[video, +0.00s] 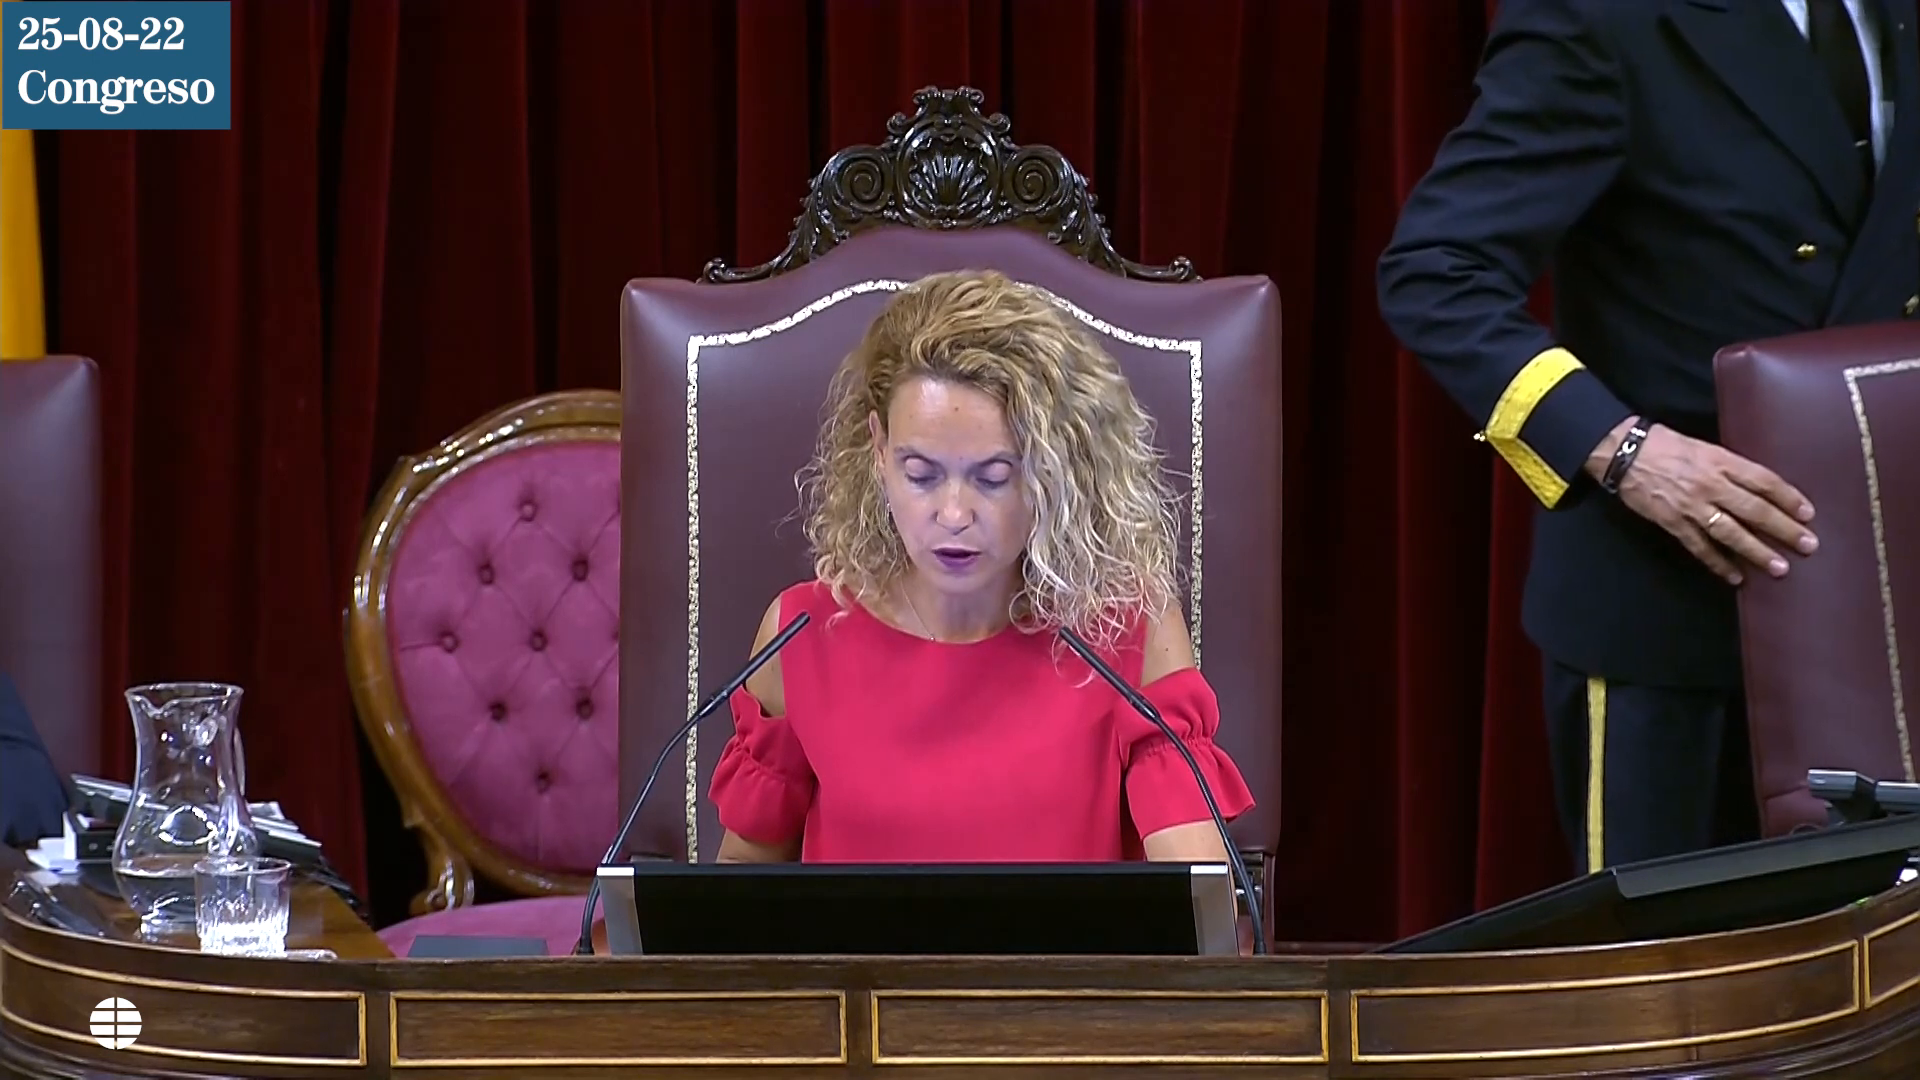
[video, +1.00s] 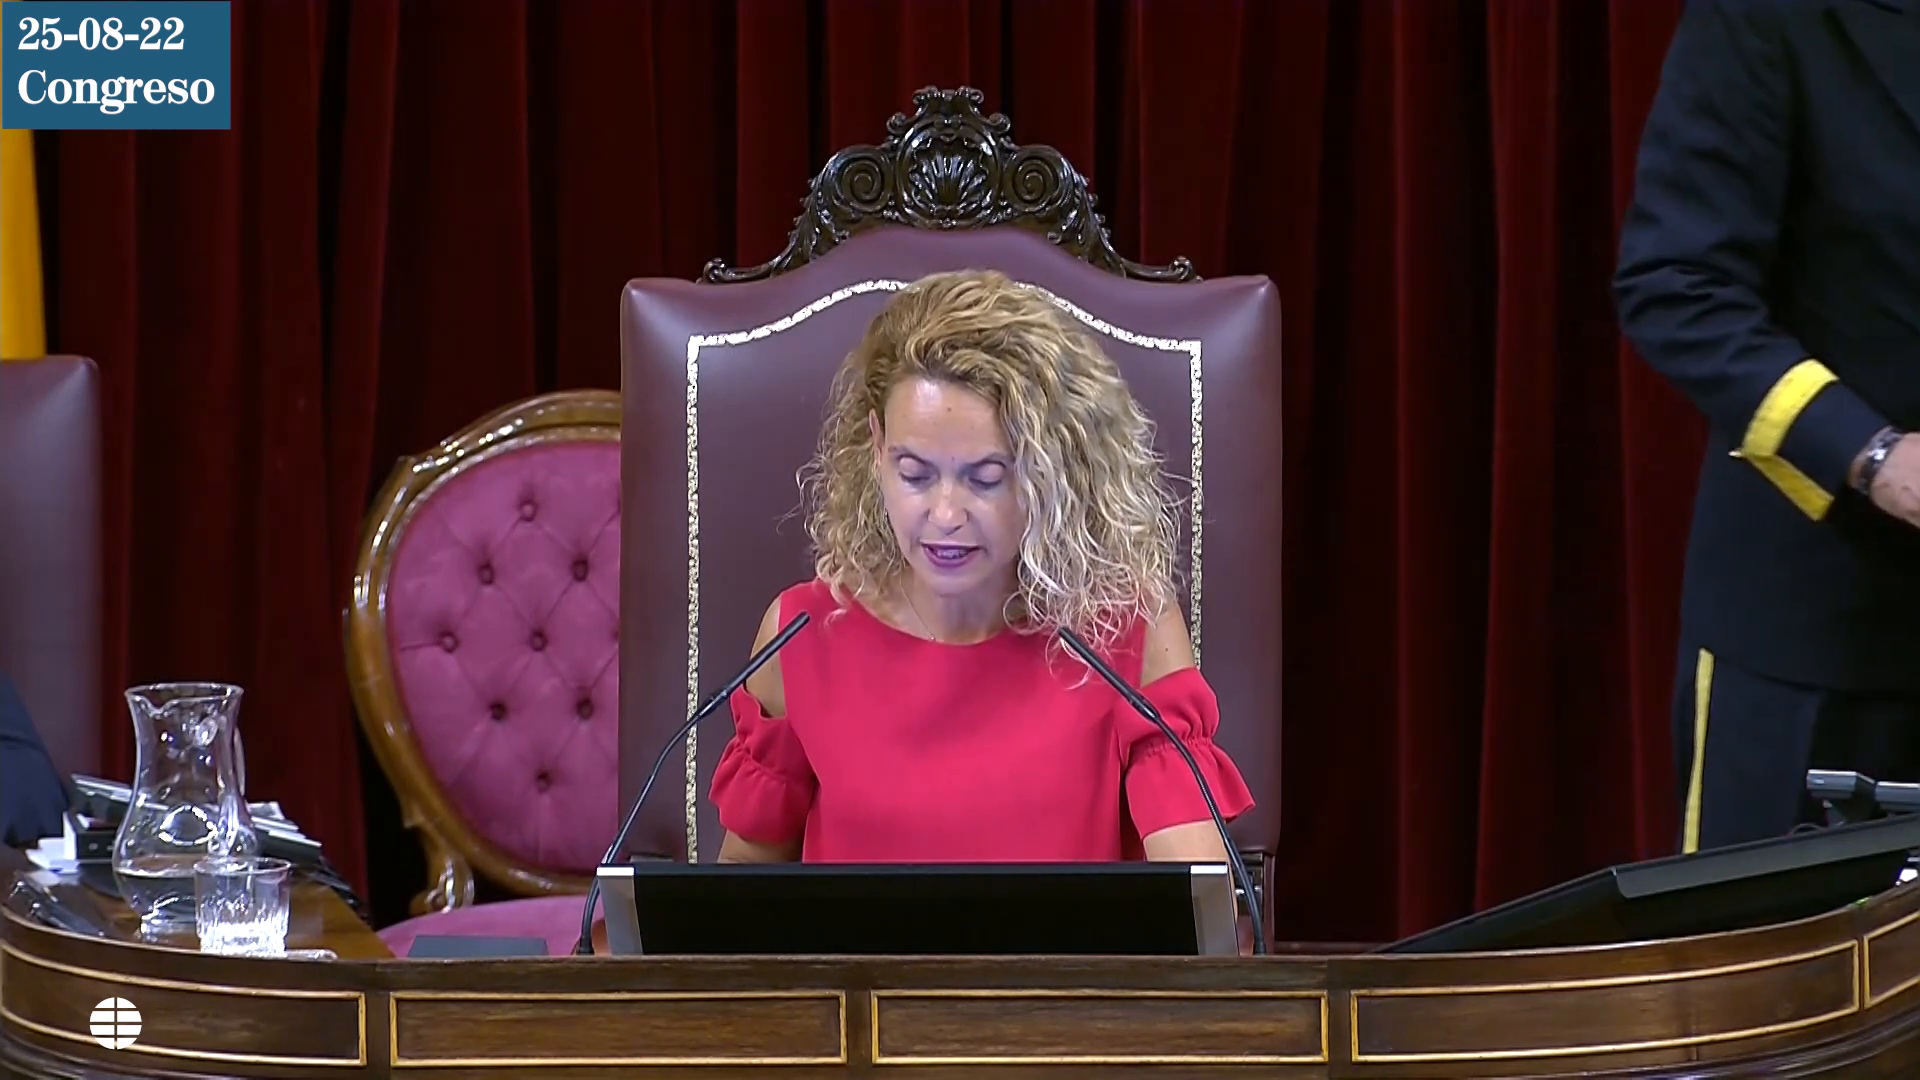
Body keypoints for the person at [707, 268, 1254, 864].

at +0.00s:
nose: (954, 513)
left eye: (993, 475)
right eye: (922, 472)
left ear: (1056, 473)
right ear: (878, 459)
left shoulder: (1127, 622)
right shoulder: (805, 630)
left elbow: (1201, 894)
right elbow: (746, 879)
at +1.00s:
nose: (947, 513)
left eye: (986, 475)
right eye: (916, 472)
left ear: (1053, 475)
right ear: (875, 460)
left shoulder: (1125, 622)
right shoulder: (805, 630)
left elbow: (1202, 896)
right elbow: (747, 883)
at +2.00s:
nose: (954, 512)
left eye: (991, 474)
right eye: (921, 472)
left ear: (1056, 468)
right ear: (877, 455)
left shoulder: (1126, 621)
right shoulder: (805, 631)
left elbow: (1202, 897)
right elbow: (748, 878)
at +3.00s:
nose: (963, 510)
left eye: (1001, 472)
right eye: (929, 471)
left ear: (1060, 470)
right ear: (882, 460)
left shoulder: (1130, 621)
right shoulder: (805, 626)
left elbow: (1202, 894)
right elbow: (735, 874)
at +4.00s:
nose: (954, 515)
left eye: (992, 475)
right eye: (921, 474)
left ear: (1055, 469)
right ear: (875, 454)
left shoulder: (1125, 625)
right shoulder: (803, 632)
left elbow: (1202, 901)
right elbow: (741, 885)